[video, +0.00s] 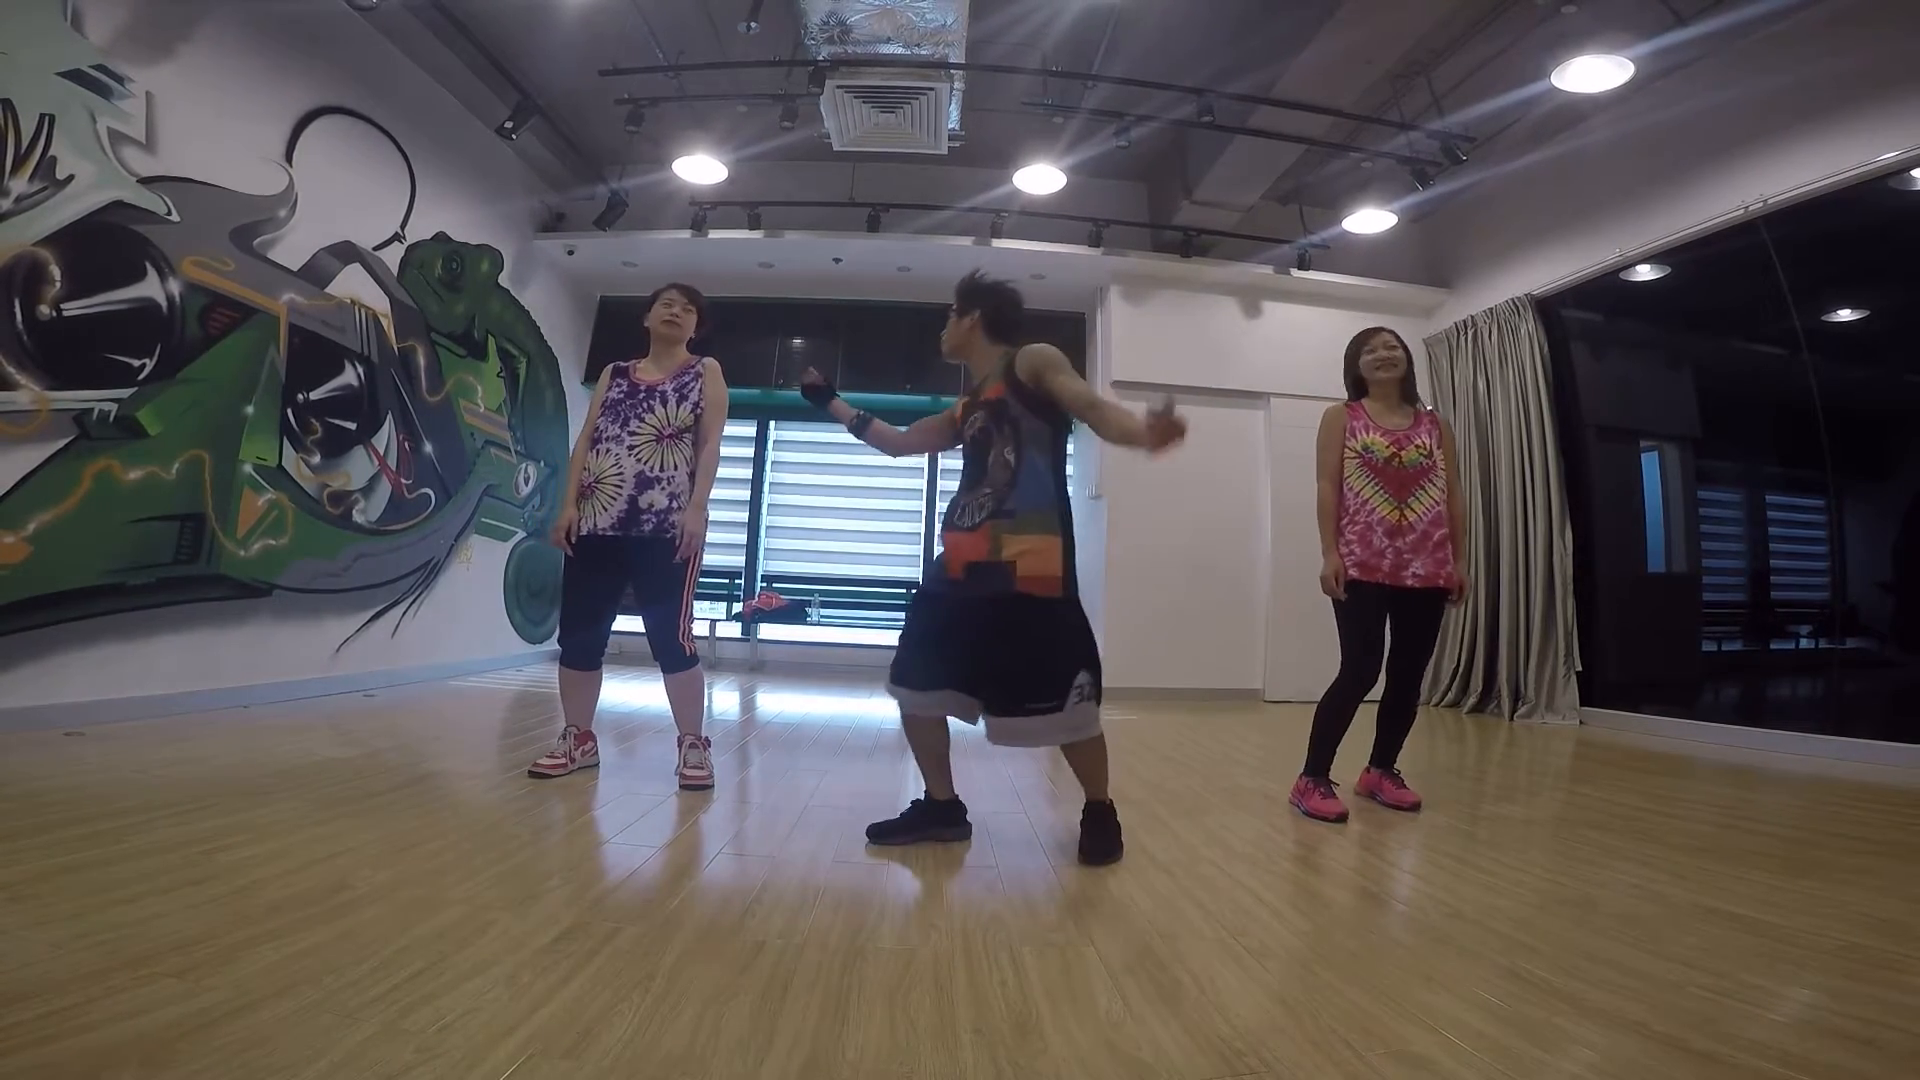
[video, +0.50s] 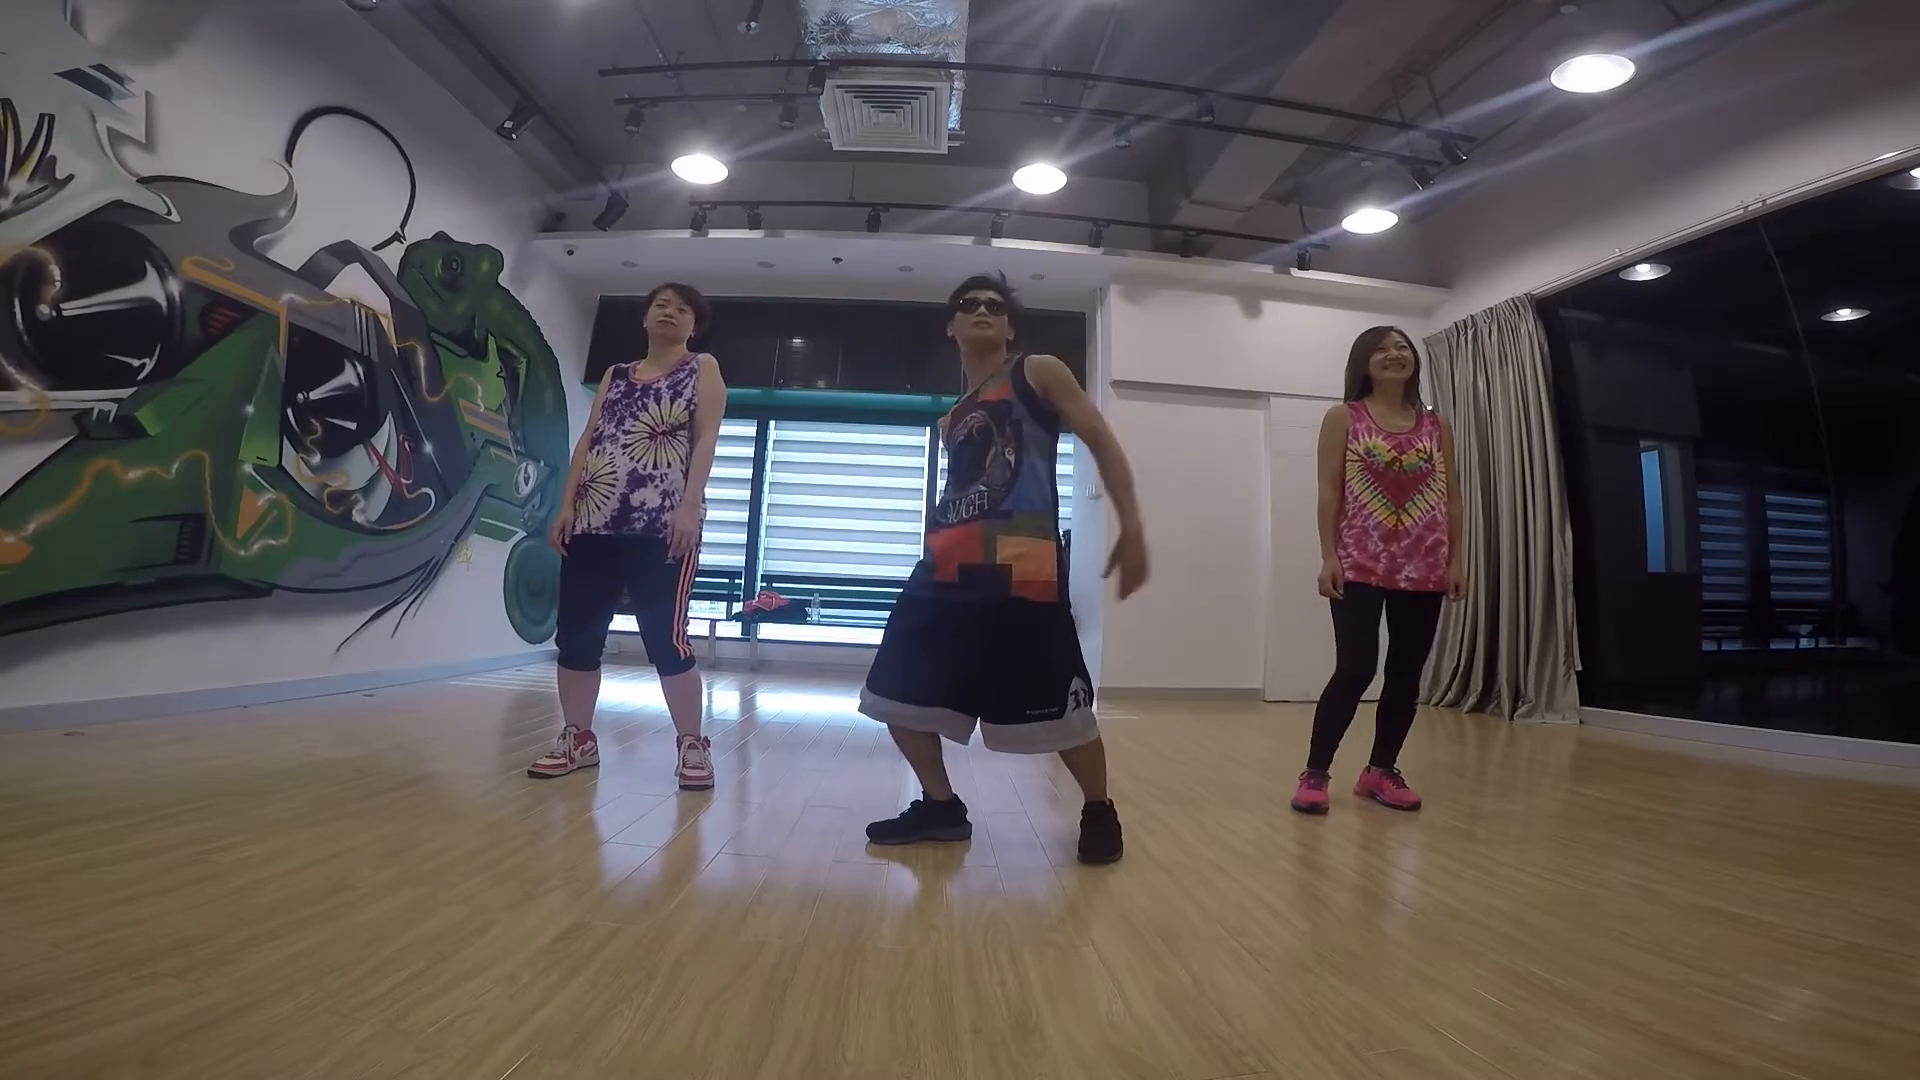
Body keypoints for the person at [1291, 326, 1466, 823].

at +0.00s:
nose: (1384, 354)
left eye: (1392, 346)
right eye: (1370, 350)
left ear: (1408, 360)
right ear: (1356, 368)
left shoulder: (1435, 424)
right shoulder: (1341, 417)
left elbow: (1452, 495)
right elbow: (1328, 486)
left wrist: (1458, 561)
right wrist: (1330, 554)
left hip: (1425, 570)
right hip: (1362, 568)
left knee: (1406, 679)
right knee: (1360, 672)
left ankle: (1381, 772)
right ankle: (1313, 780)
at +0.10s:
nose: (1391, 355)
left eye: (1399, 348)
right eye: (1378, 350)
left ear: (1412, 362)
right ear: (1360, 366)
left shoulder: (1435, 425)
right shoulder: (1342, 419)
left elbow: (1454, 495)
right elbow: (1329, 488)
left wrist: (1460, 560)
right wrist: (1332, 556)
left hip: (1427, 570)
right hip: (1365, 569)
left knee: (1408, 680)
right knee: (1363, 673)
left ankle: (1381, 772)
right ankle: (1314, 780)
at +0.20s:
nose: (1394, 356)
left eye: (1402, 349)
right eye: (1381, 351)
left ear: (1414, 364)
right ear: (1363, 367)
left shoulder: (1436, 426)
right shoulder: (1343, 419)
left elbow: (1454, 495)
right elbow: (1330, 490)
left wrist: (1461, 562)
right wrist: (1333, 559)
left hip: (1428, 570)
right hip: (1365, 569)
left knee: (1409, 678)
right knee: (1365, 672)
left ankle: (1381, 771)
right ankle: (1316, 779)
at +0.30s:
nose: (1395, 356)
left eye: (1402, 349)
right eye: (1382, 351)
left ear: (1415, 364)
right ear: (1363, 368)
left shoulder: (1436, 427)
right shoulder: (1344, 420)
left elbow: (1453, 495)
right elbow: (1331, 490)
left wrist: (1460, 559)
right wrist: (1333, 559)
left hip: (1427, 570)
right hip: (1364, 568)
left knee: (1409, 678)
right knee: (1366, 671)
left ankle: (1381, 771)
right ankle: (1318, 778)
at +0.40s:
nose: (1395, 356)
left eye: (1403, 350)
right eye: (1383, 351)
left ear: (1415, 364)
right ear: (1365, 367)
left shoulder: (1435, 426)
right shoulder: (1343, 420)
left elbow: (1452, 496)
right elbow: (1331, 490)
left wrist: (1459, 561)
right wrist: (1331, 558)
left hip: (1425, 569)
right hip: (1363, 567)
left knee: (1408, 677)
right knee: (1363, 670)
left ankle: (1381, 771)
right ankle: (1317, 775)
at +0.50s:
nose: (1394, 354)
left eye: (1402, 348)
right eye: (1382, 349)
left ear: (1415, 362)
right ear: (1364, 364)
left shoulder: (1435, 424)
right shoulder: (1343, 417)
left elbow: (1450, 495)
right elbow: (1330, 489)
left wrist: (1456, 559)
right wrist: (1329, 557)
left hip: (1422, 569)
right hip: (1359, 566)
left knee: (1404, 676)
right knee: (1356, 670)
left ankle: (1381, 771)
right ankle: (1316, 774)